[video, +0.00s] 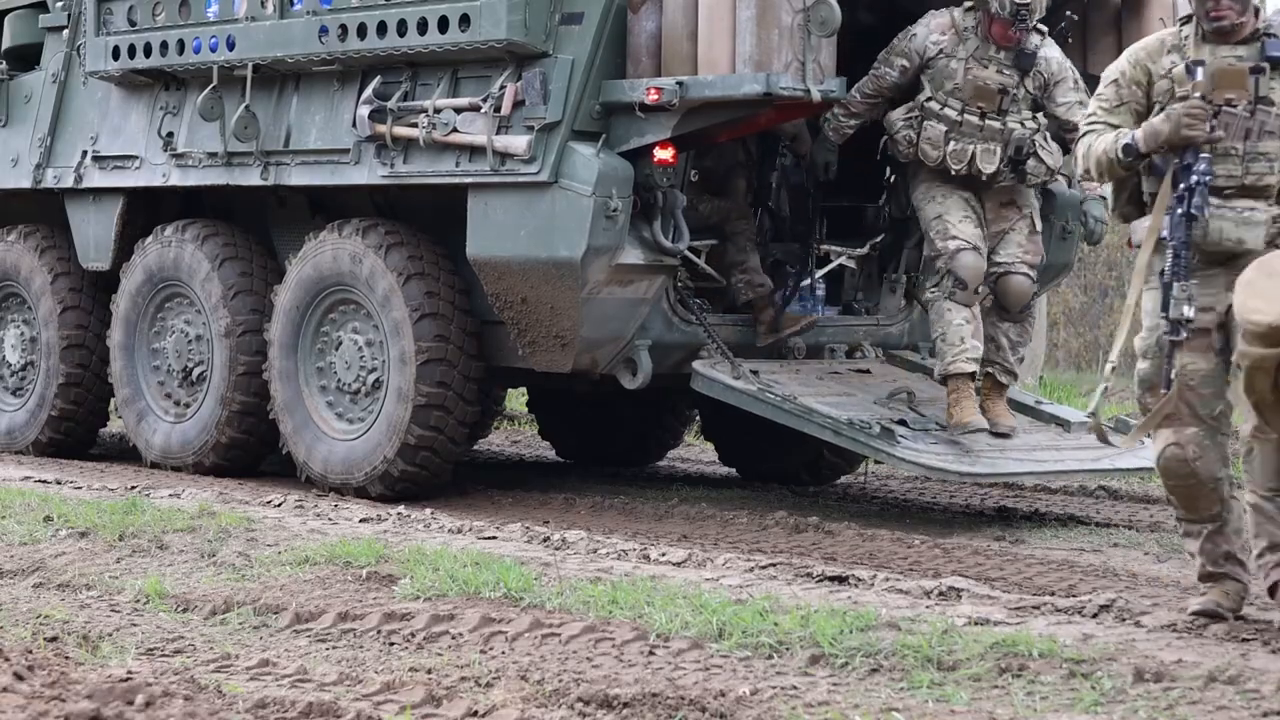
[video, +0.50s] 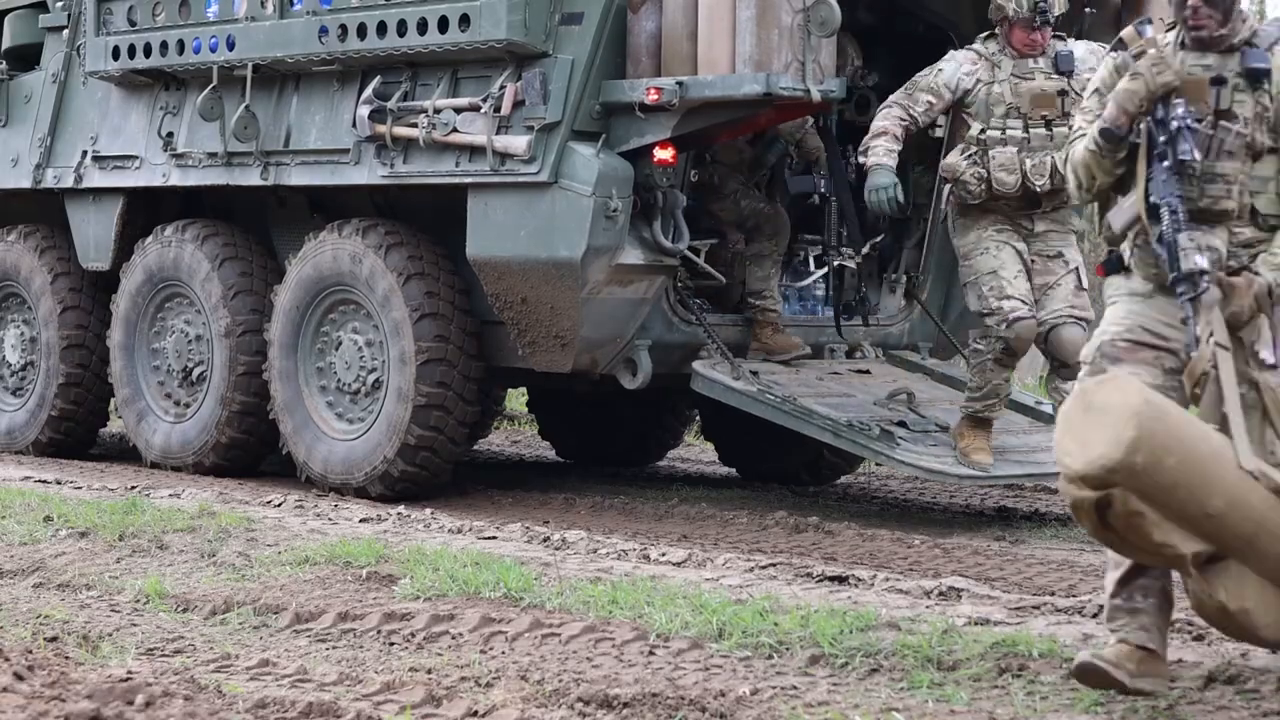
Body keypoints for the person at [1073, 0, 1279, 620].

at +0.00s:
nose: (1222, 6)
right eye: (1211, 0)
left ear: (1255, 4)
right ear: (1192, 3)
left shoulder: (1275, 51)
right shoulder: (1148, 58)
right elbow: (1089, 155)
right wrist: (1154, 133)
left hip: (1269, 265)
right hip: (1187, 266)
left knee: (1271, 428)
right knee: (1185, 448)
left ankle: (1269, 569)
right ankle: (1223, 579)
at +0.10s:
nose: (1236, 6)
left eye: (1247, 0)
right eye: (1223, 0)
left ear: (1265, 5)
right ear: (1200, 2)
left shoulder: (1278, 56)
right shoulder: (1152, 55)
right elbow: (1095, 153)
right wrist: (1157, 113)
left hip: (1269, 279)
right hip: (1181, 275)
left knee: (1272, 442)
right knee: (1185, 456)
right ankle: (1225, 577)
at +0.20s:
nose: (1243, 7)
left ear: (1271, 5)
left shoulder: (1277, 57)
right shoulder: (1160, 52)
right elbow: (1096, 157)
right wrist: (1148, 93)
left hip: (1268, 266)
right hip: (1179, 265)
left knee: (1262, 434)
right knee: (1178, 460)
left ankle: (1261, 559)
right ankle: (1235, 566)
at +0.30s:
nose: (1244, 8)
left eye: (1256, 0)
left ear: (1271, 5)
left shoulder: (1275, 56)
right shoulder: (1171, 51)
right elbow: (1095, 164)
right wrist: (1140, 85)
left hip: (1266, 270)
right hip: (1174, 270)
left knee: (1258, 430)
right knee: (1140, 452)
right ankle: (1220, 547)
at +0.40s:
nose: (1227, 6)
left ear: (1262, 3)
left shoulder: (1273, 55)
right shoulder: (1152, 55)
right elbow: (1095, 173)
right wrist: (1138, 99)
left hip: (1259, 280)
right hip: (1164, 278)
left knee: (1257, 444)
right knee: (1131, 431)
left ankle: (1251, 590)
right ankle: (1190, 590)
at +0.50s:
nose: (1200, 7)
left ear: (1242, 4)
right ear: (1171, 3)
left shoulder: (1269, 59)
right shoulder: (1132, 62)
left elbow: (1276, 193)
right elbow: (1082, 185)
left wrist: (1265, 277)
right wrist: (1122, 116)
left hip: (1253, 284)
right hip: (1151, 286)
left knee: (1258, 459)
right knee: (1126, 443)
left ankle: (1266, 627)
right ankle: (1138, 642)